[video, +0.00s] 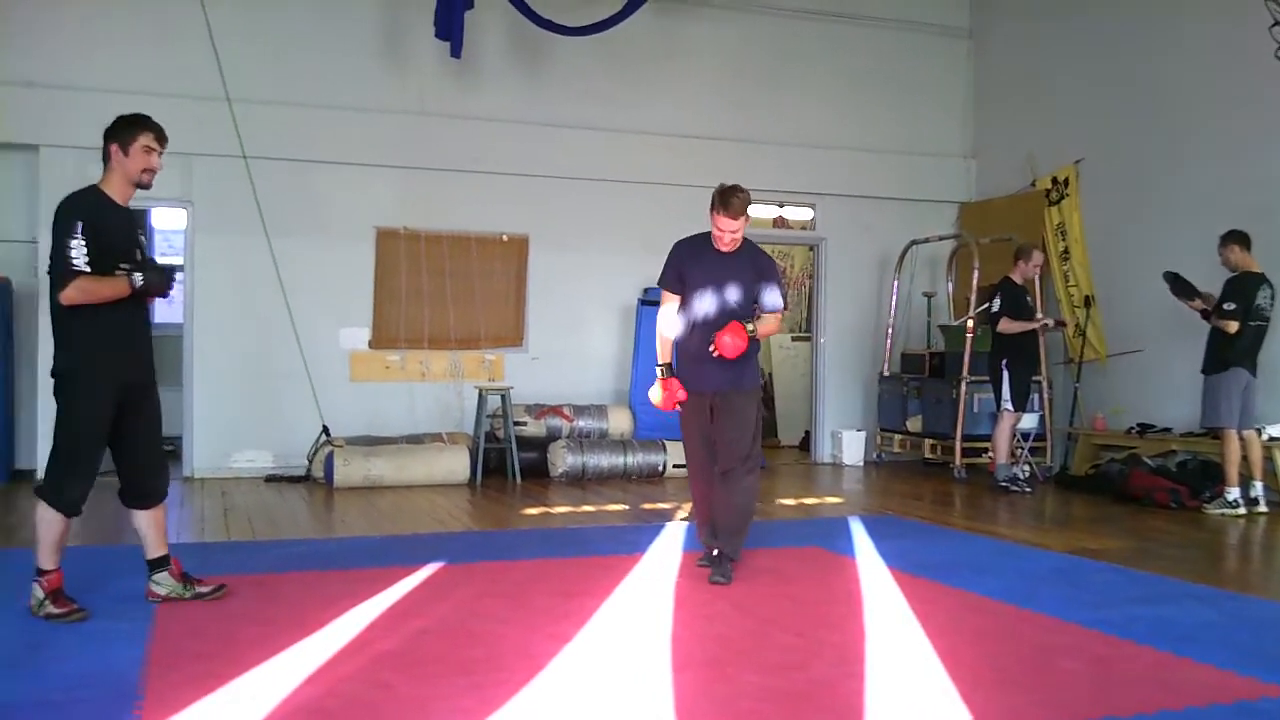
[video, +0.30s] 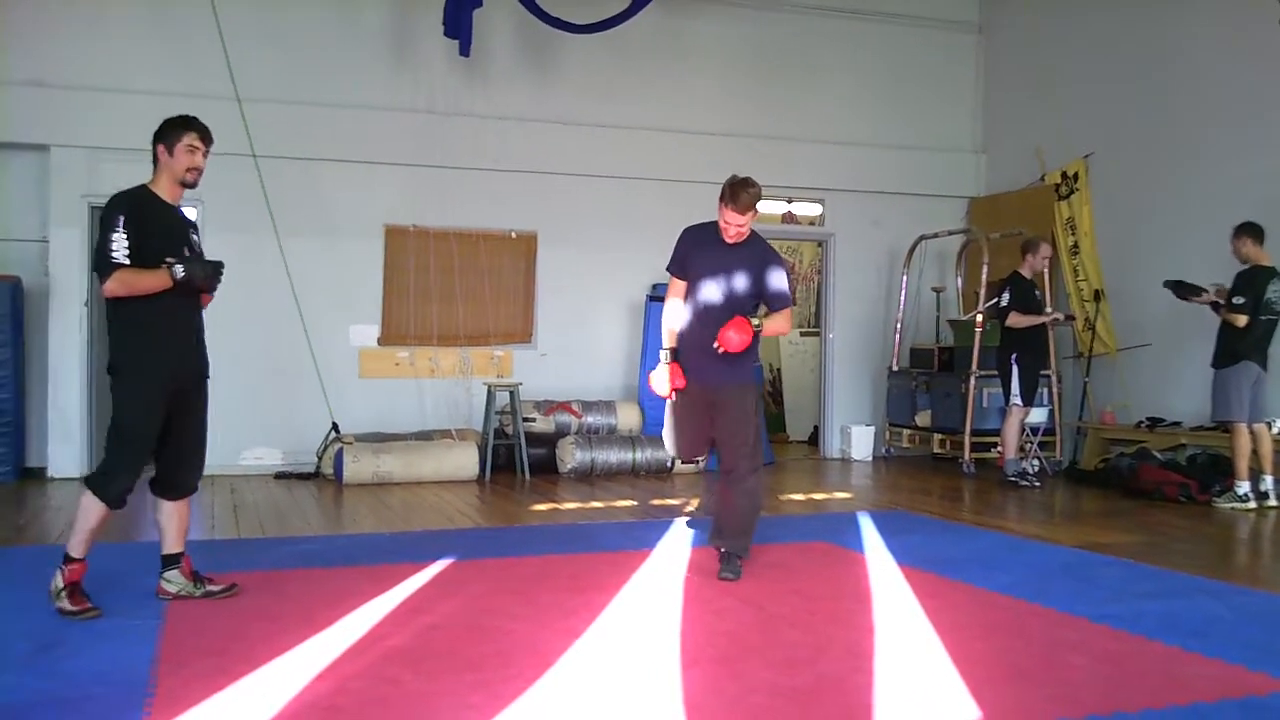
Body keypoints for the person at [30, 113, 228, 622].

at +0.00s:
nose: (156, 162)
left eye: (159, 154)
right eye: (148, 151)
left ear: (148, 159)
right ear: (116, 151)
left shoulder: (134, 220)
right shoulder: (78, 208)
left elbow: (130, 287)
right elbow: (68, 291)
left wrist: (151, 283)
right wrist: (137, 282)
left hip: (134, 370)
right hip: (85, 371)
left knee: (146, 472)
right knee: (67, 476)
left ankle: (163, 575)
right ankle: (46, 588)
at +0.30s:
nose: (200, 161)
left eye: (204, 154)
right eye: (192, 151)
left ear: (202, 161)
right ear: (163, 152)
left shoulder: (187, 219)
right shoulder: (124, 207)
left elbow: (187, 298)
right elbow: (111, 282)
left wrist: (204, 287)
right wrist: (179, 274)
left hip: (188, 367)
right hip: (140, 366)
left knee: (179, 469)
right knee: (121, 468)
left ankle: (175, 572)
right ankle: (68, 575)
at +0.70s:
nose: (224, 140)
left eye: (229, 133)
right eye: (216, 129)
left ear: (229, 139)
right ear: (189, 129)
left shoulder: (216, 200)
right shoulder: (143, 176)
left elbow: (228, 277)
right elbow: (114, 243)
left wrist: (220, 254)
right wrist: (181, 242)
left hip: (196, 334)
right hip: (149, 331)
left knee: (184, 437)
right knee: (152, 436)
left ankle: (168, 535)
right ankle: (143, 547)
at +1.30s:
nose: (256, 113)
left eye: (260, 104)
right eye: (249, 100)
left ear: (245, 105)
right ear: (216, 97)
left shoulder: (226, 164)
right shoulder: (182, 153)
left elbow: (216, 230)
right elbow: (178, 237)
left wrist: (246, 227)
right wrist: (242, 226)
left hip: (237, 311)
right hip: (199, 313)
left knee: (255, 417)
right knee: (207, 421)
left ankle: (200, 498)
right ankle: (210, 540)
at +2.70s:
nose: (291, 106)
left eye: (295, 98)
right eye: (282, 95)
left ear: (293, 104)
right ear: (253, 96)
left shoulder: (278, 162)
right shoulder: (221, 151)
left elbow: (284, 236)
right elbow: (216, 232)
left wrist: (305, 225)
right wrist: (280, 220)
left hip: (288, 309)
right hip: (247, 310)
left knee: (277, 414)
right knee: (243, 416)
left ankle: (265, 516)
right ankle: (238, 534)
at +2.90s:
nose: (336, 107)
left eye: (340, 99)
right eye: (327, 96)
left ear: (337, 105)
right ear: (298, 98)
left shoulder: (323, 163)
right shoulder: (266, 152)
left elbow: (327, 236)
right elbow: (261, 232)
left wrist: (348, 226)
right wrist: (325, 219)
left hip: (330, 309)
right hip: (290, 309)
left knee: (319, 412)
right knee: (287, 414)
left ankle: (304, 514)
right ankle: (277, 531)